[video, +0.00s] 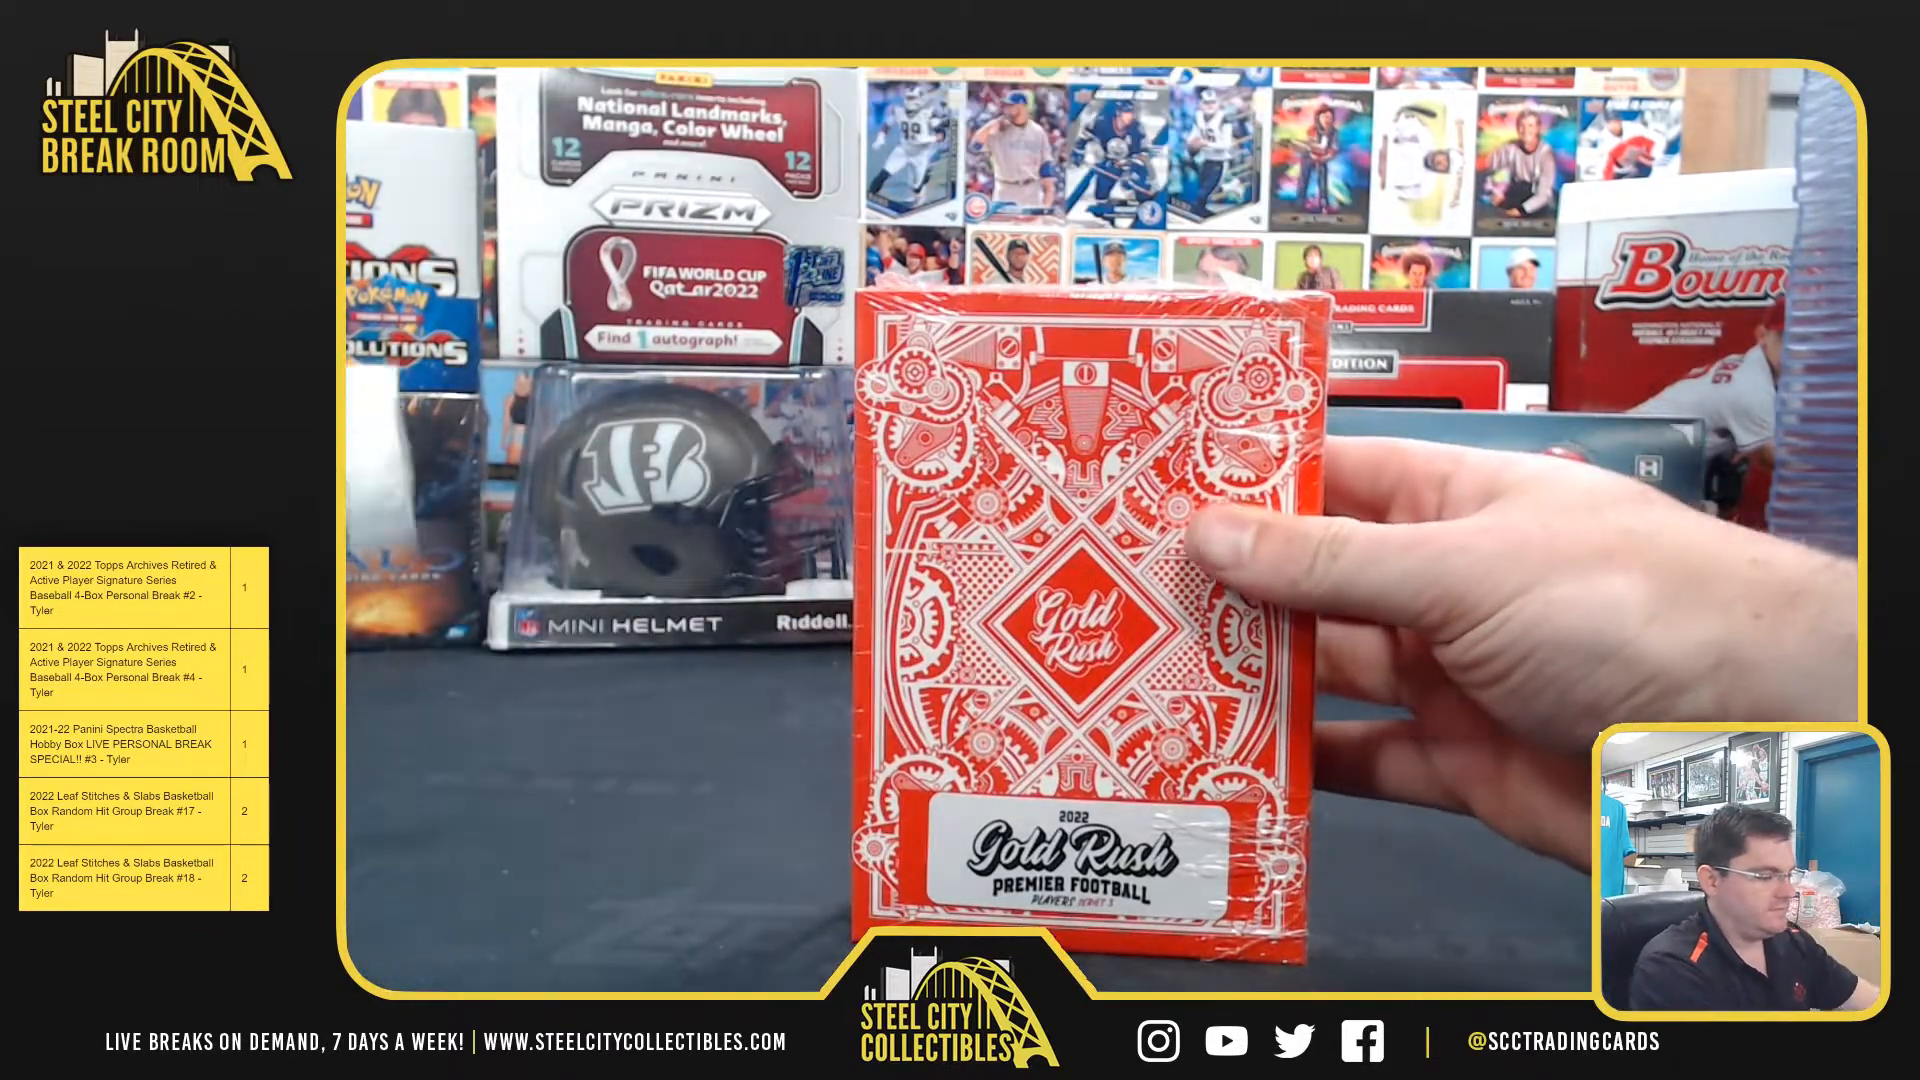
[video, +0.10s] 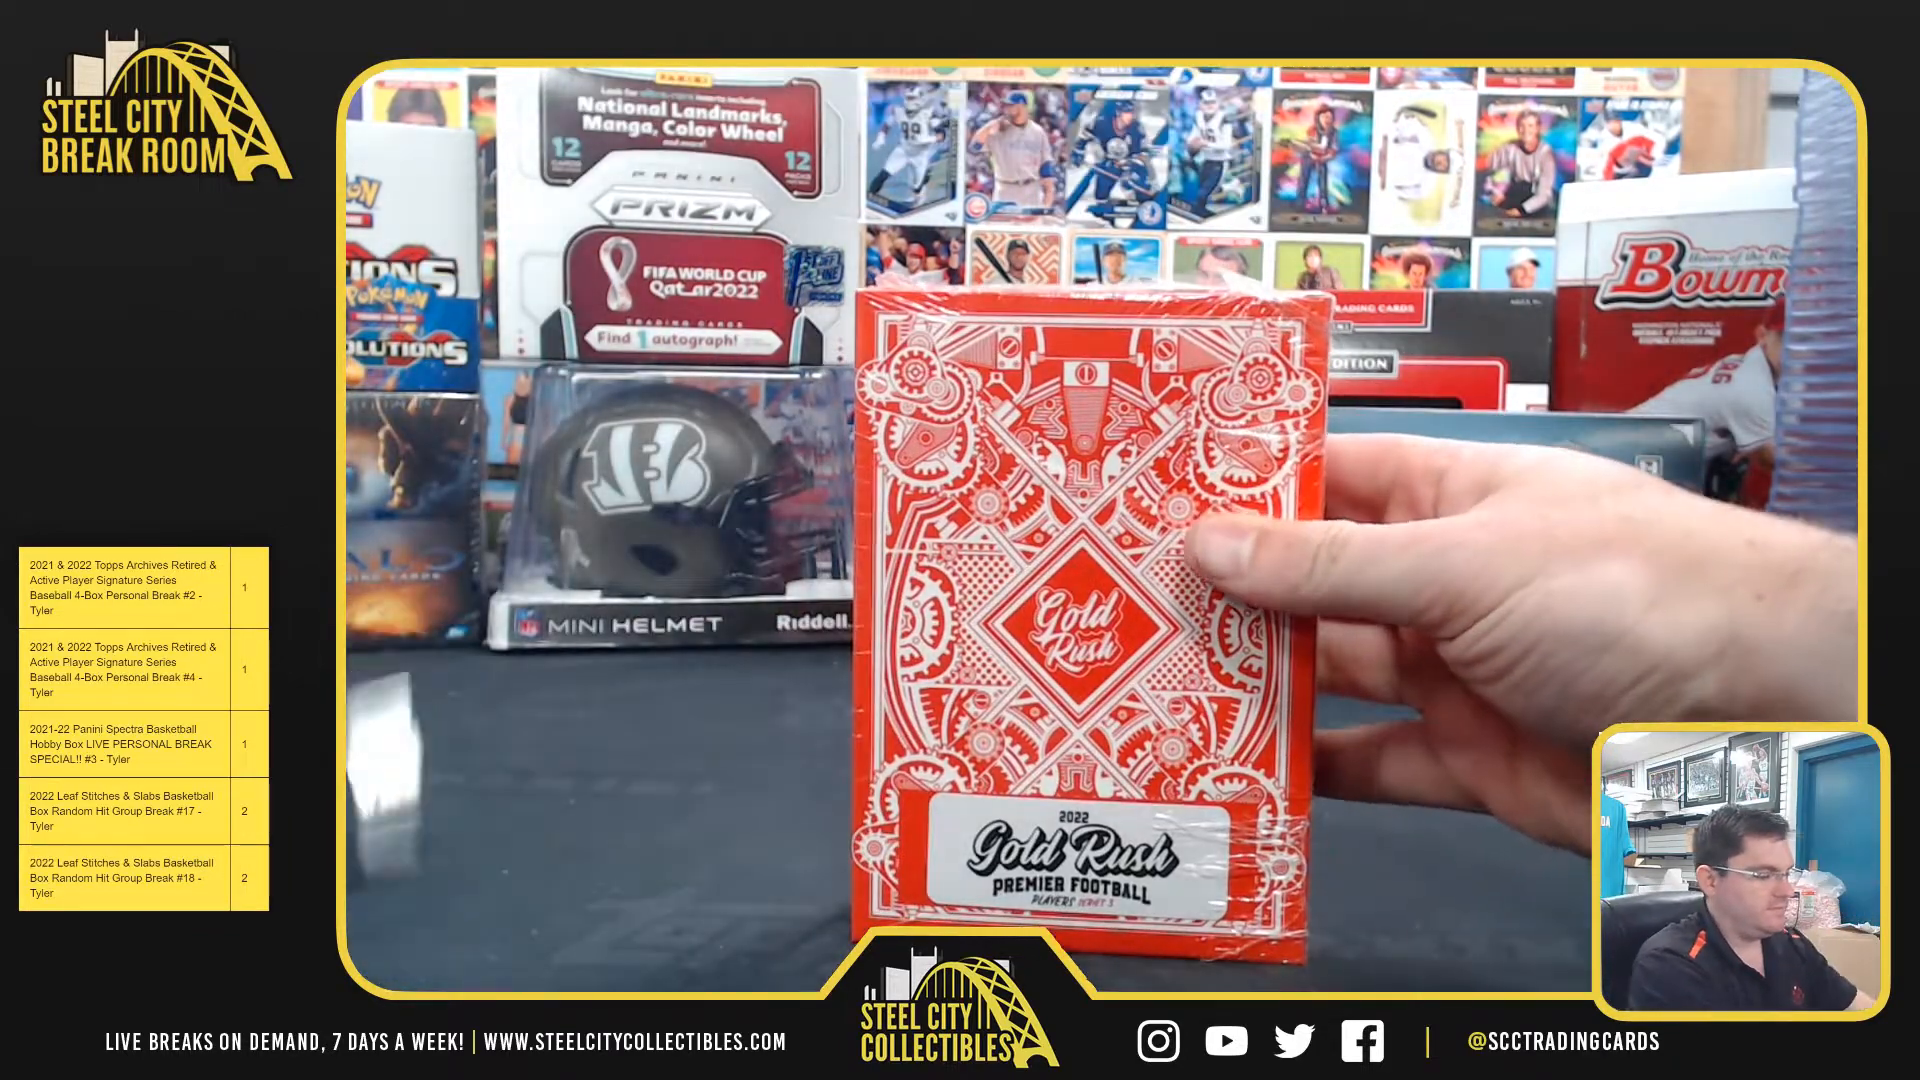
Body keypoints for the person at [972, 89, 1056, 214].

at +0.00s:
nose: (1007, 111)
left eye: (1011, 106)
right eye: (1006, 106)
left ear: (1022, 107)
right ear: (1005, 108)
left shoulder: (1038, 132)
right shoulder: (997, 129)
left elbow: (1046, 166)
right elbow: (974, 147)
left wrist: (1049, 197)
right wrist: (991, 127)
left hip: (1031, 186)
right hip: (1004, 186)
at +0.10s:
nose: (1007, 111)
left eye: (1011, 106)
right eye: (1006, 106)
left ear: (1023, 107)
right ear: (1005, 108)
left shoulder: (1038, 132)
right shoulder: (997, 129)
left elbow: (1046, 166)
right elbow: (974, 147)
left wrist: (1048, 198)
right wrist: (991, 127)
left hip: (1031, 186)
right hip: (1004, 186)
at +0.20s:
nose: (1007, 111)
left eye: (1011, 106)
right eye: (1006, 106)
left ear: (1022, 107)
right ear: (1005, 108)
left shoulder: (1038, 132)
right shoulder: (997, 129)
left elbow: (1046, 166)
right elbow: (974, 147)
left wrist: (1048, 198)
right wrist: (991, 127)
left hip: (1031, 186)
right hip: (1004, 186)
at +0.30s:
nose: (1007, 111)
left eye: (1011, 106)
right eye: (1006, 106)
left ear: (1022, 107)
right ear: (1005, 108)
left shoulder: (1038, 132)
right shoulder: (997, 129)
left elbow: (1046, 166)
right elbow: (974, 147)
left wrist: (1048, 199)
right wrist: (991, 127)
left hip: (1031, 186)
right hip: (1004, 186)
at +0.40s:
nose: (1007, 111)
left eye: (1011, 106)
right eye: (1006, 106)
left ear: (1022, 107)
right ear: (1005, 108)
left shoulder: (1038, 132)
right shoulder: (997, 129)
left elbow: (1046, 166)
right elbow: (974, 148)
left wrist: (1048, 198)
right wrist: (991, 128)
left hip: (1031, 186)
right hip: (1004, 186)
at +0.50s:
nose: (1007, 111)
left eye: (1011, 106)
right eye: (1006, 106)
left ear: (1022, 107)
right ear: (1005, 108)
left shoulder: (1038, 132)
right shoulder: (997, 129)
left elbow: (1046, 166)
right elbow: (974, 148)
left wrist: (1048, 198)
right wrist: (991, 127)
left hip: (1031, 187)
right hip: (1004, 186)